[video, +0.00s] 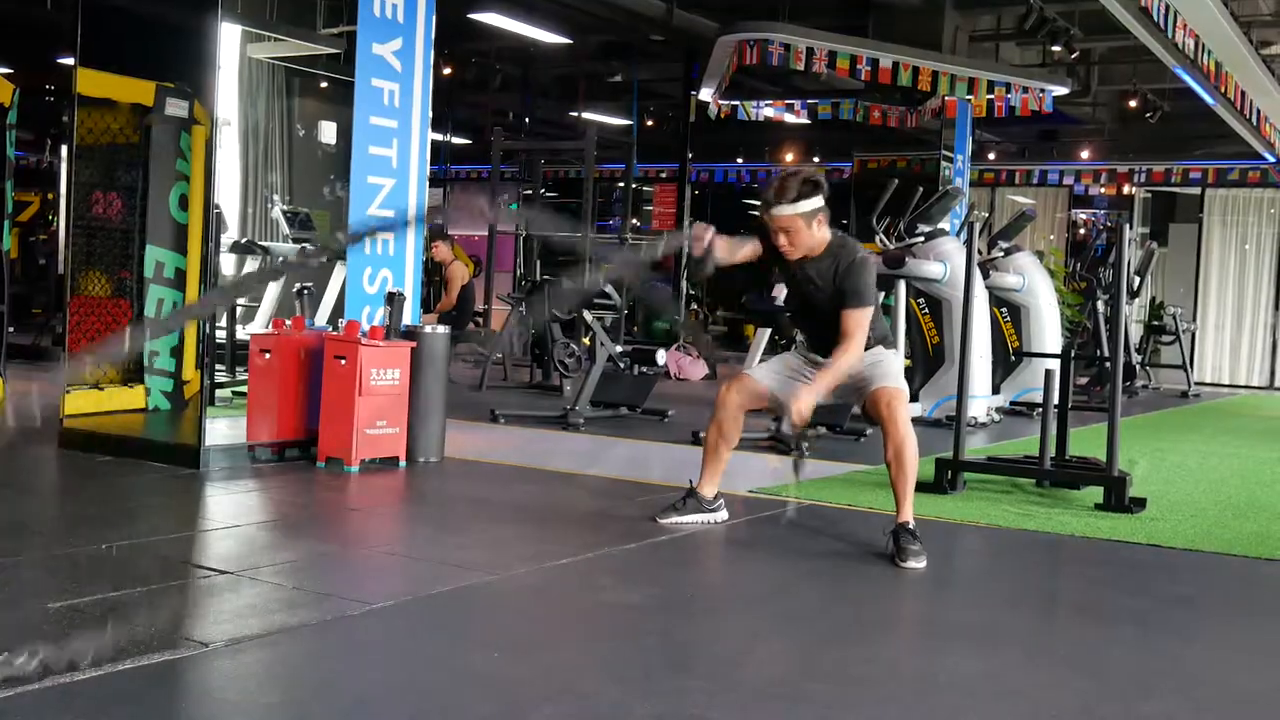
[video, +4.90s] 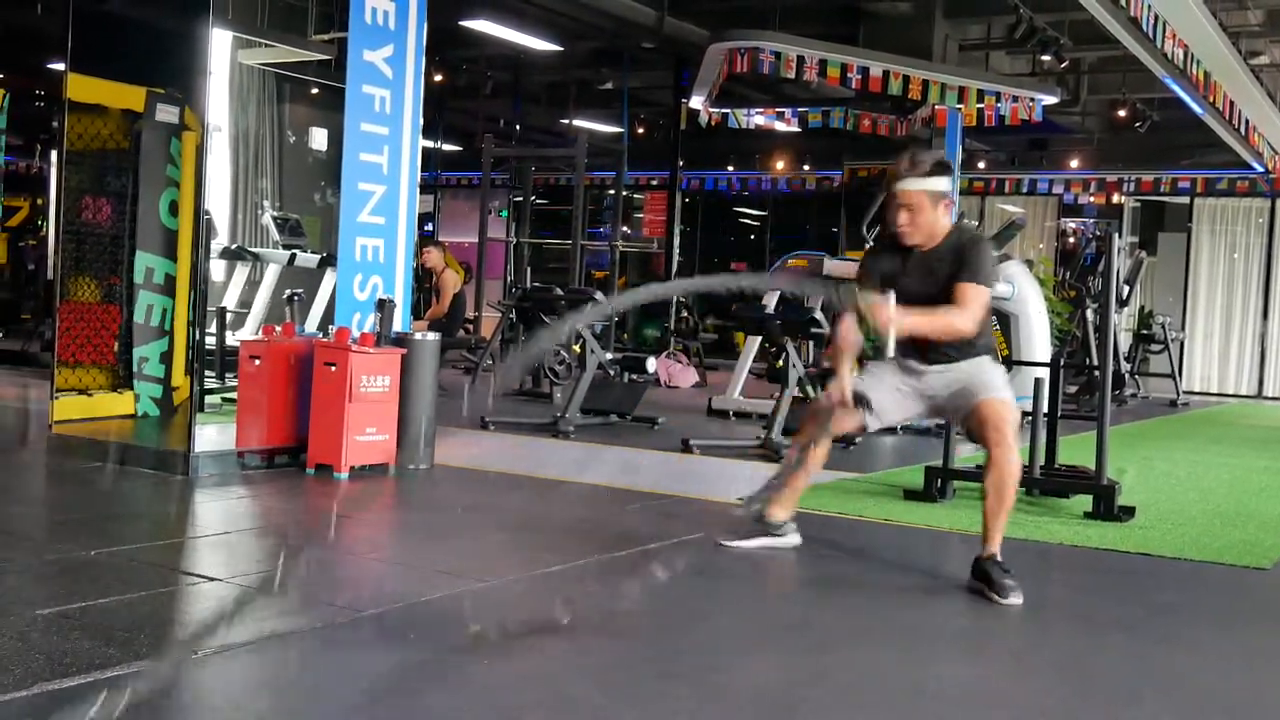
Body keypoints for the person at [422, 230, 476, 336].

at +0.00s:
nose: (432, 251)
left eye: (436, 247)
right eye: (432, 248)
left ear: (448, 247)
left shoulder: (455, 268)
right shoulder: (450, 267)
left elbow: (451, 301)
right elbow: (447, 297)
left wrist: (435, 313)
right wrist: (437, 312)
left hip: (457, 321)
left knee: (417, 319)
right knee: (417, 317)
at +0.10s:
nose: (432, 251)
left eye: (435, 247)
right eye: (431, 248)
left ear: (447, 247)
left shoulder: (455, 268)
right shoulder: (447, 268)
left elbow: (451, 300)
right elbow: (444, 297)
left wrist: (434, 313)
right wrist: (434, 314)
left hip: (456, 321)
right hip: (450, 317)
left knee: (416, 320)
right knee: (415, 318)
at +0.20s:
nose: (431, 251)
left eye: (435, 247)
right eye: (430, 248)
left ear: (447, 247)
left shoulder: (454, 268)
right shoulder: (446, 268)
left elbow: (450, 300)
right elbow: (444, 297)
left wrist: (433, 313)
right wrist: (433, 314)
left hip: (456, 321)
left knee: (415, 319)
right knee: (415, 317)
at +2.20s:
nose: (439, 255)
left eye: (442, 250)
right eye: (435, 252)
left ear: (453, 251)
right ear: (433, 255)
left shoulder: (459, 270)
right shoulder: (448, 271)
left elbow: (454, 303)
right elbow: (447, 300)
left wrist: (437, 315)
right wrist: (437, 316)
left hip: (460, 322)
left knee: (419, 321)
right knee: (419, 319)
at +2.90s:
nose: (428, 254)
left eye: (432, 250)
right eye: (425, 251)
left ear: (441, 250)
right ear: (423, 254)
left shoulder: (450, 271)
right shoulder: (437, 271)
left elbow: (445, 303)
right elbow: (437, 300)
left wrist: (427, 317)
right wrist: (426, 317)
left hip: (452, 321)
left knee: (410, 321)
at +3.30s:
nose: (419, 255)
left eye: (423, 250)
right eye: (416, 251)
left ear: (433, 250)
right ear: (413, 255)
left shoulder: (440, 271)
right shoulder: (429, 273)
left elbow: (436, 304)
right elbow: (429, 301)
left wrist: (418, 317)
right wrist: (418, 318)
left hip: (443, 322)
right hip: (436, 318)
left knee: (402, 321)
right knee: (401, 320)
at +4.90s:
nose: (424, 256)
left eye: (428, 252)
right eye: (423, 254)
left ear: (441, 254)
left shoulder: (447, 275)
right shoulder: (436, 277)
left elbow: (443, 308)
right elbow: (434, 306)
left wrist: (424, 321)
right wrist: (424, 322)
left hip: (448, 327)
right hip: (441, 324)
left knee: (407, 326)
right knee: (406, 324)